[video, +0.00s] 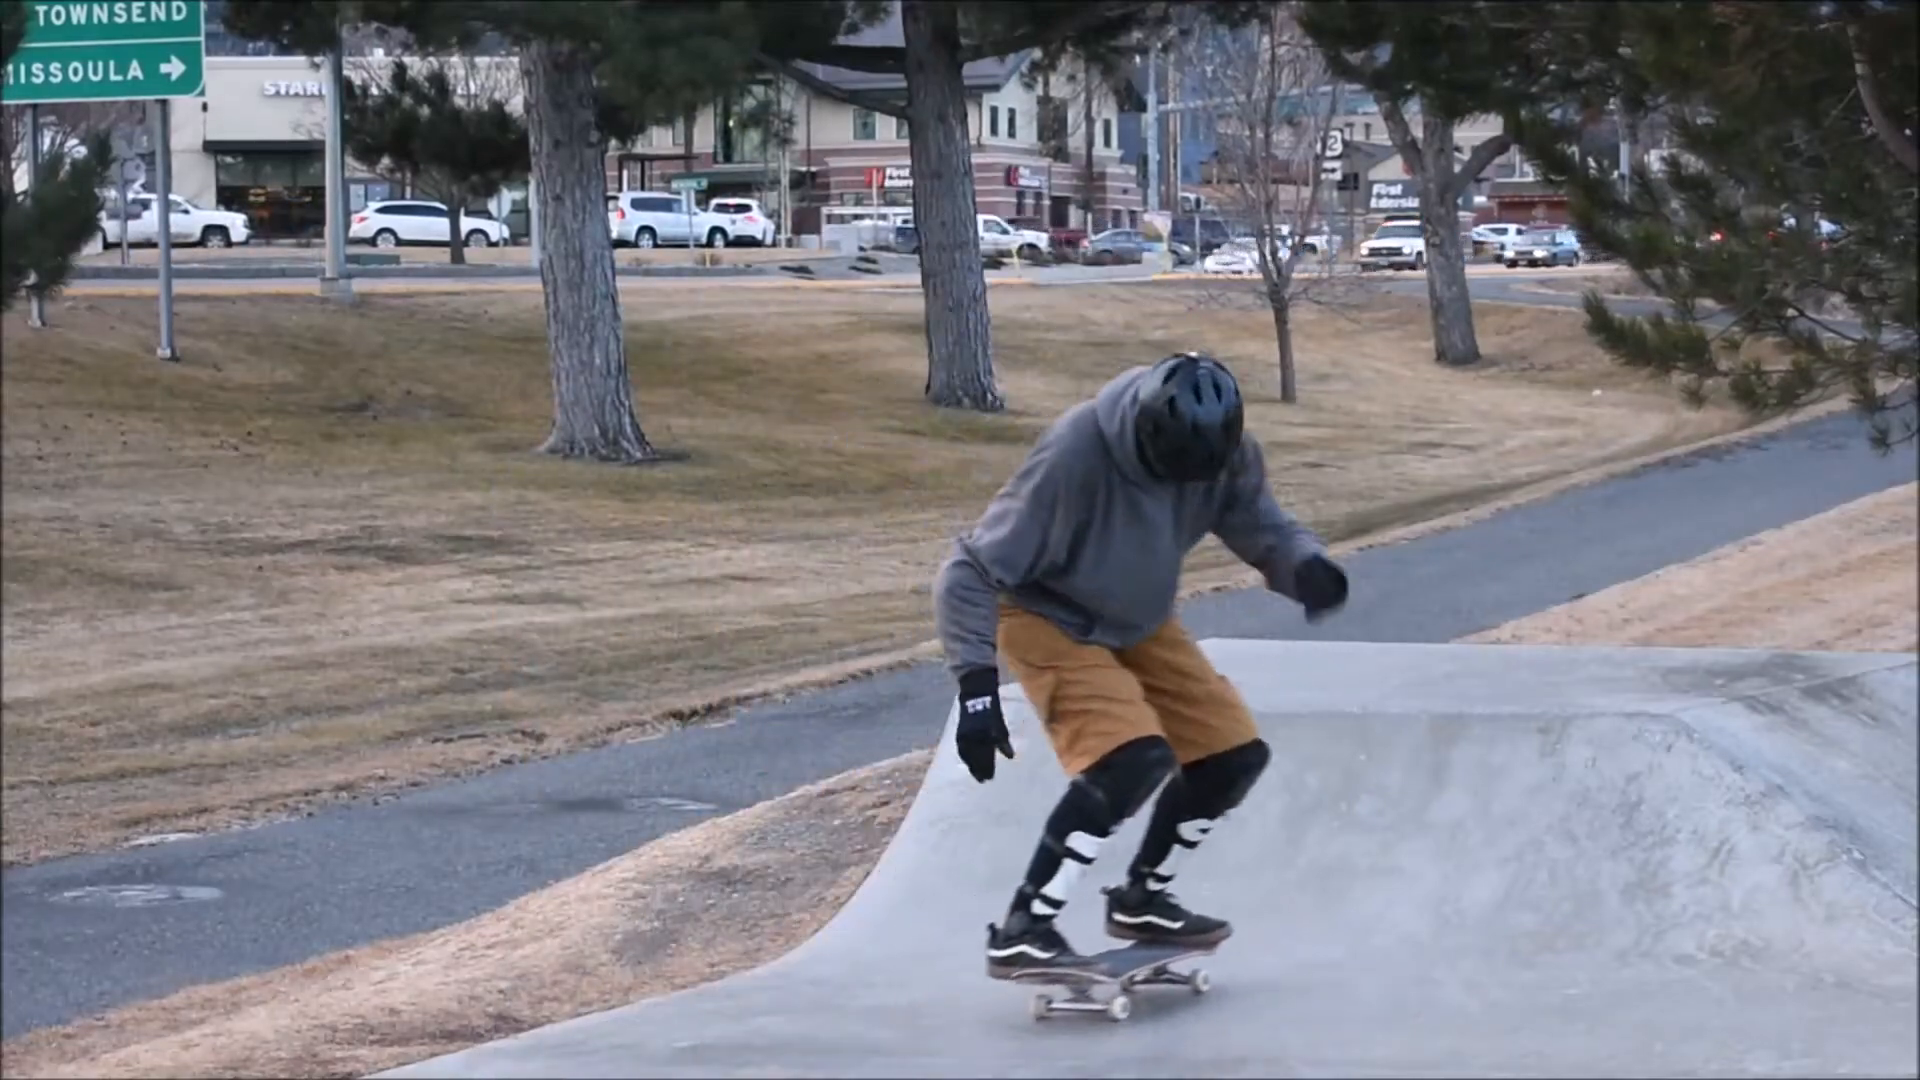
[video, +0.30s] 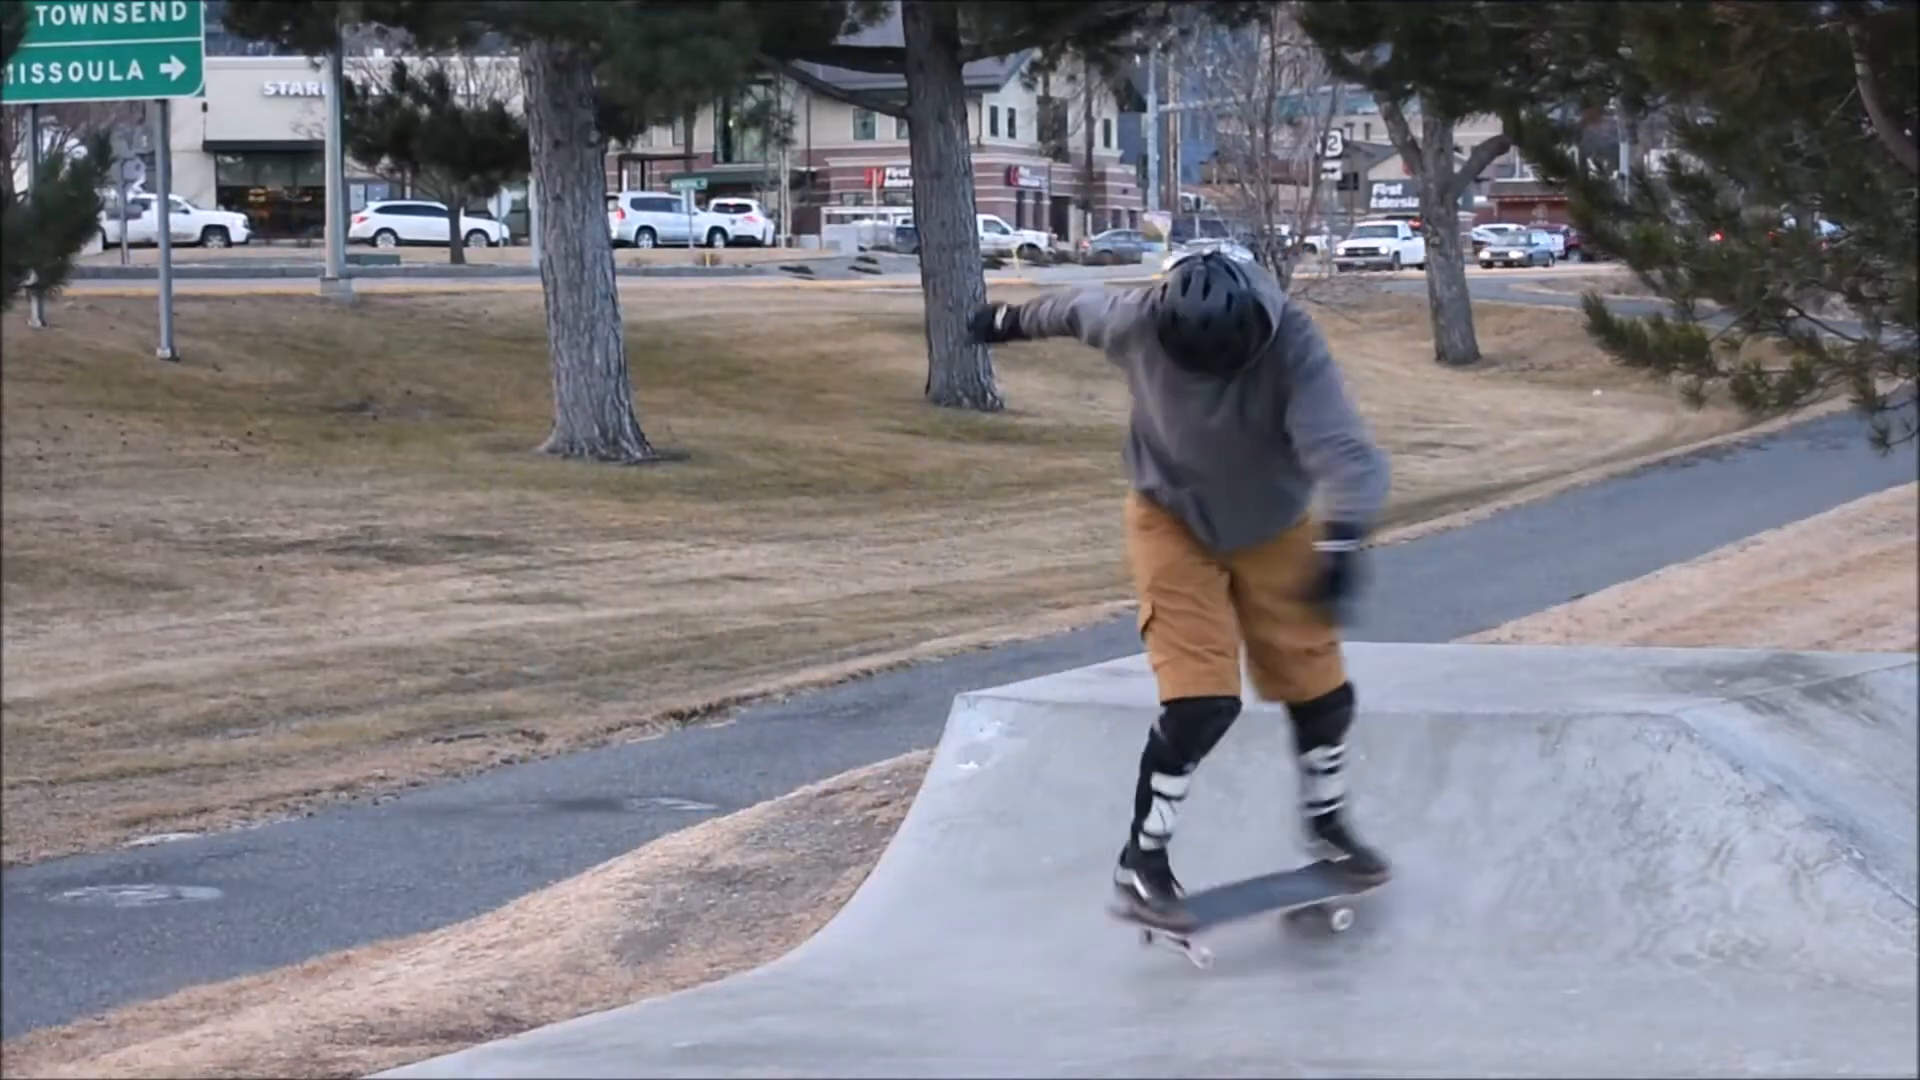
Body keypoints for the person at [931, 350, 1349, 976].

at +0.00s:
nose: (1186, 479)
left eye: (1203, 468)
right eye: (1174, 465)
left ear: (1227, 439)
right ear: (1147, 429)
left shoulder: (1228, 455)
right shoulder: (1076, 452)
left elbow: (1262, 523)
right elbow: (970, 568)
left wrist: (1306, 566)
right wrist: (977, 691)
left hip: (1139, 618)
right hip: (1043, 613)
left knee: (1231, 758)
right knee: (1132, 759)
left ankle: (1140, 897)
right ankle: (1023, 925)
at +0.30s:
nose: (1209, 375)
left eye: (1222, 363)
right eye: (1195, 363)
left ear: (1253, 328)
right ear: (1170, 324)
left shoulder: (1292, 338)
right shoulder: (1137, 320)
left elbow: (1346, 452)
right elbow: (1070, 311)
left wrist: (1343, 541)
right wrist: (1003, 321)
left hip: (1274, 523)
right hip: (1170, 517)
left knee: (1324, 700)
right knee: (1202, 700)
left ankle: (1328, 826)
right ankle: (1144, 860)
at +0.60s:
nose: (1172, 426)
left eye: (1175, 413)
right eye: (1159, 417)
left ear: (1201, 377)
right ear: (1150, 391)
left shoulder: (1295, 350)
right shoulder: (1165, 400)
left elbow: (1402, 309)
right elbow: (1104, 462)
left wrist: (1491, 305)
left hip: (1395, 484)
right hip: (1318, 501)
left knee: (1327, 672)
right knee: (1255, 630)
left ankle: (1413, 823)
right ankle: (1324, 717)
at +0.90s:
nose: (1226, 371)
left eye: (1230, 354)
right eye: (1211, 363)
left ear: (1254, 318)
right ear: (1197, 352)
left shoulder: (1342, 335)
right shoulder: (1209, 383)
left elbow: (1484, 371)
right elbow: (1146, 467)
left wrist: (1568, 447)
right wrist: (1094, 568)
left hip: (1417, 497)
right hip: (1329, 520)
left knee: (1358, 688)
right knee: (1276, 674)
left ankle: (1443, 851)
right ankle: (1346, 755)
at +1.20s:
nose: (1237, 368)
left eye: (1243, 352)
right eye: (1223, 360)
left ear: (1269, 311)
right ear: (1203, 341)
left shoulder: (1334, 302)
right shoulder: (1219, 384)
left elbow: (1443, 302)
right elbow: (1215, 463)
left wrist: (1427, 315)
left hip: (1425, 510)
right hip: (1324, 541)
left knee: (1505, 694)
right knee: (1367, 708)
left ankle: (1480, 859)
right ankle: (1325, 896)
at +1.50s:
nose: (1233, 332)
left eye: (1246, 316)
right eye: (1219, 318)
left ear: (1281, 299)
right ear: (1203, 309)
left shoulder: (1344, 336)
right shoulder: (1202, 390)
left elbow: (1458, 415)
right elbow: (1185, 528)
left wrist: (1406, 457)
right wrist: (1212, 606)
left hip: (1373, 548)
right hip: (1268, 568)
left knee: (1457, 728)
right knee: (1305, 728)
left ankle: (1417, 879)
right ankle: (1241, 918)